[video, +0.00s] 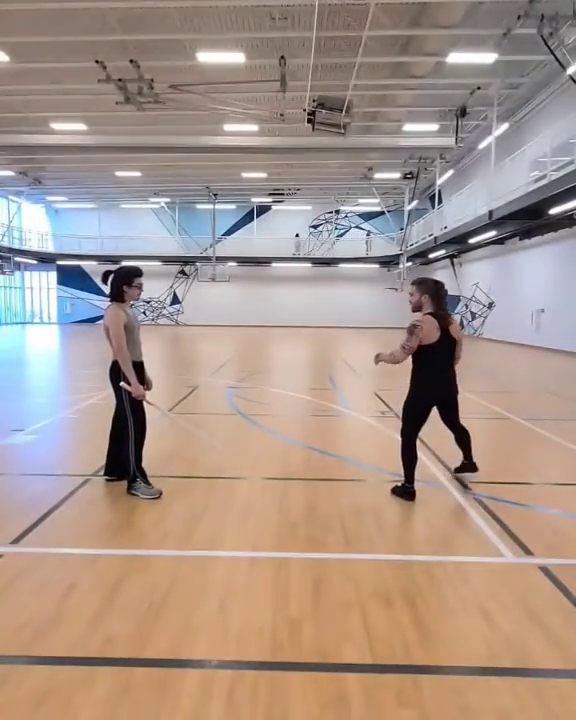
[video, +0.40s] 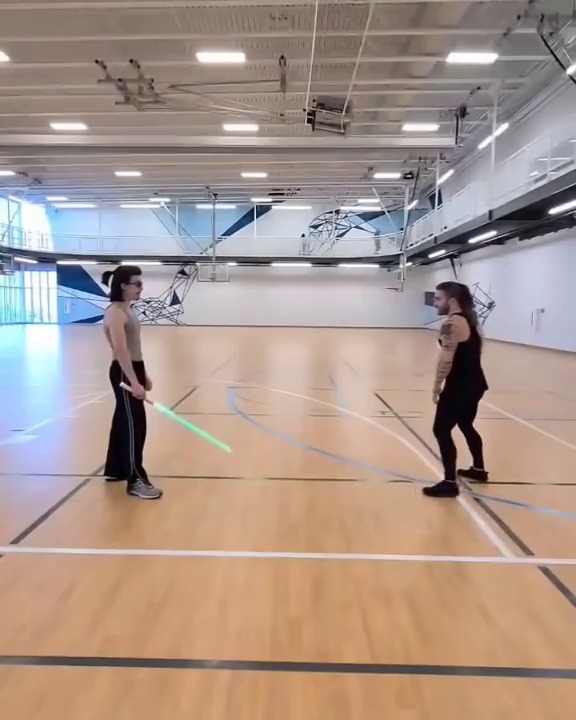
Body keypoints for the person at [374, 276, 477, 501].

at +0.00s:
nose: (409, 299)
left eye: (413, 295)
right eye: (410, 294)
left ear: (425, 297)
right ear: (433, 297)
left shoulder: (419, 324)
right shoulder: (452, 323)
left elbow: (400, 356)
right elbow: (457, 356)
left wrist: (382, 357)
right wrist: (442, 367)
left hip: (422, 390)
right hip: (447, 387)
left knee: (408, 435)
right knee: (454, 424)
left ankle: (408, 486)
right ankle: (469, 461)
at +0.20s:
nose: (426, 308)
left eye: (429, 303)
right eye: (426, 303)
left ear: (443, 305)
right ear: (447, 306)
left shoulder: (442, 330)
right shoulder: (458, 327)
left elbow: (429, 364)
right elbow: (458, 360)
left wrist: (408, 379)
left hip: (445, 393)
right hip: (463, 391)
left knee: (420, 433)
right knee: (457, 426)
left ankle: (412, 483)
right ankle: (477, 467)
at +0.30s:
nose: (431, 305)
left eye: (435, 301)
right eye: (431, 301)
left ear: (448, 302)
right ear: (452, 303)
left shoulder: (447, 327)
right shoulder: (462, 323)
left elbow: (441, 362)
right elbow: (462, 357)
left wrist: (427, 385)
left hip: (453, 389)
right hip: (470, 386)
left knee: (432, 429)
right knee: (462, 425)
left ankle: (429, 482)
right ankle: (478, 468)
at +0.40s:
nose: (435, 302)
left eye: (438, 298)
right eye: (435, 298)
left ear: (451, 300)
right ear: (455, 301)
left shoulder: (452, 323)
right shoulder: (468, 320)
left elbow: (446, 360)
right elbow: (471, 355)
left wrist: (436, 387)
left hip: (458, 386)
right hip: (475, 383)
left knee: (441, 429)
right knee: (465, 424)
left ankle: (449, 481)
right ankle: (478, 468)